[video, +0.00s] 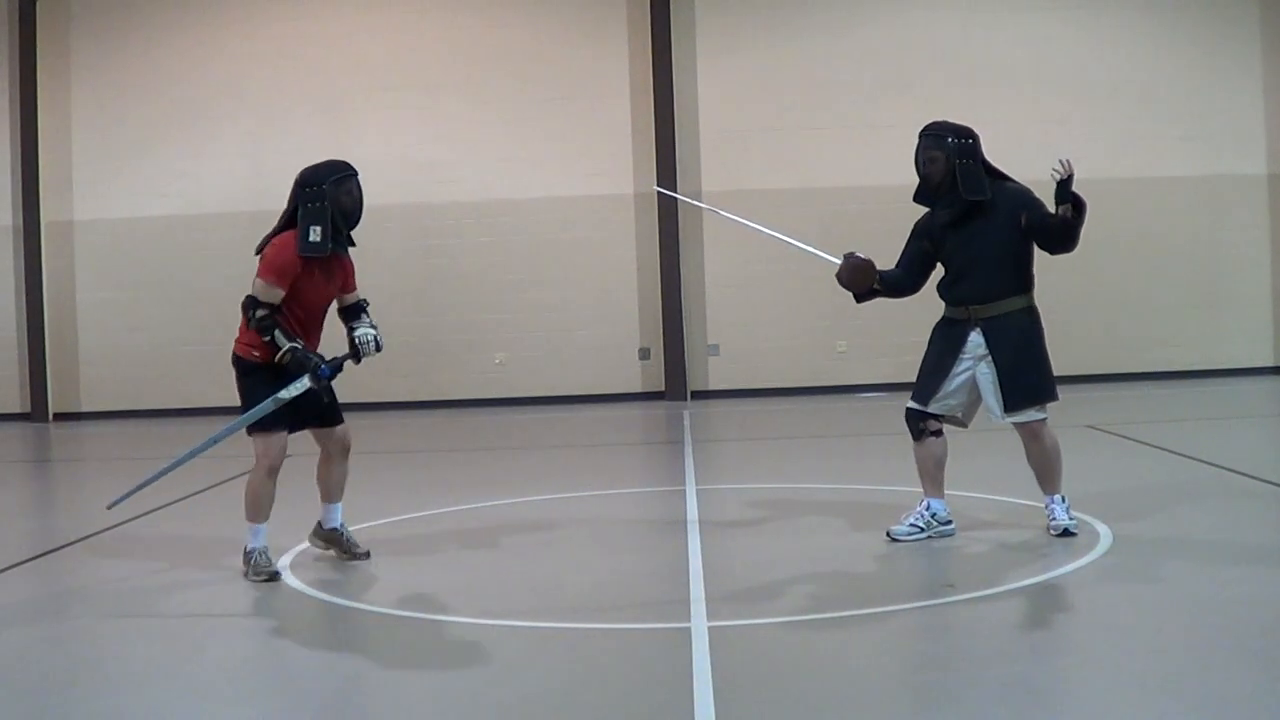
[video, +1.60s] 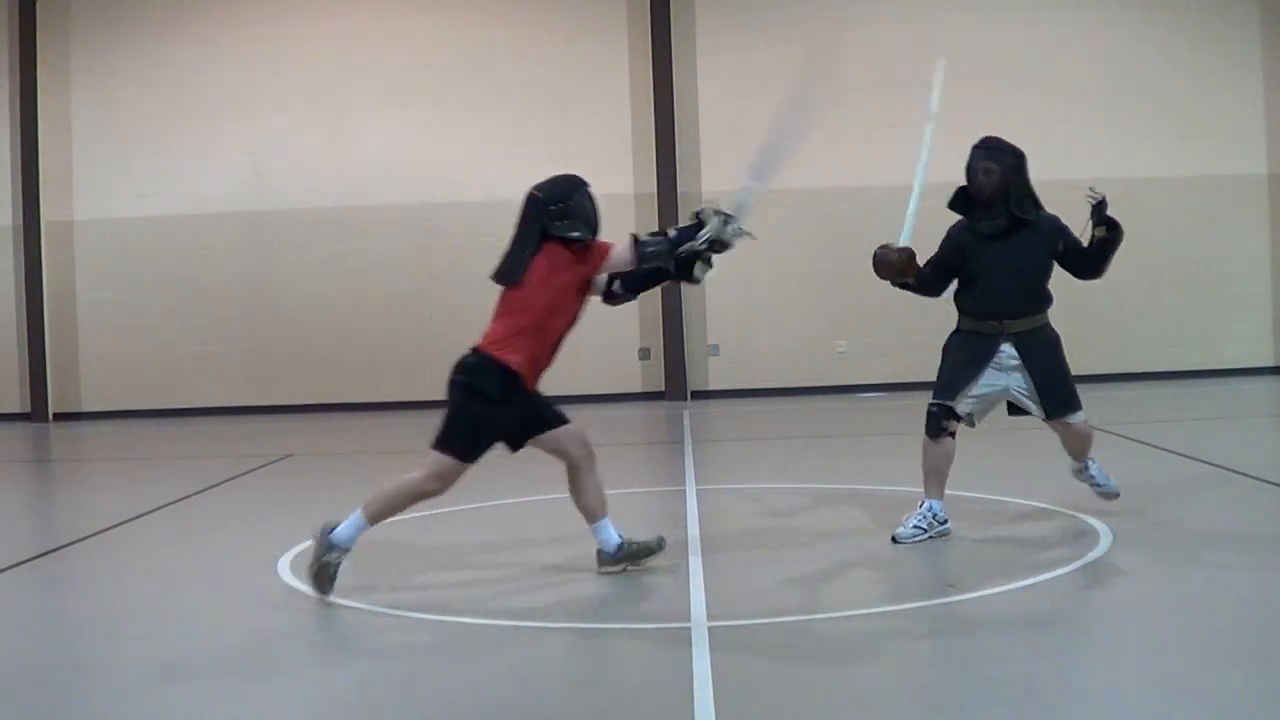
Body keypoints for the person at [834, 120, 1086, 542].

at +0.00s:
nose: (923, 168)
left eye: (931, 158)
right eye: (920, 160)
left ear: (958, 158)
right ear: (922, 163)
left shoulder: (1013, 199)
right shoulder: (934, 220)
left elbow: (1059, 241)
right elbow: (907, 278)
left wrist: (1068, 204)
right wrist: (870, 279)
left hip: (1011, 325)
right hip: (956, 327)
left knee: (1030, 418)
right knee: (923, 416)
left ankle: (1055, 503)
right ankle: (934, 510)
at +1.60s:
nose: (976, 179)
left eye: (985, 171)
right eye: (973, 171)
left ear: (1008, 175)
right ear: (968, 175)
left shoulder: (1043, 227)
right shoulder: (963, 232)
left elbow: (1085, 267)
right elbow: (933, 284)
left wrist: (1106, 239)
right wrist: (901, 274)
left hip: (1032, 338)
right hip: (973, 340)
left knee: (1070, 420)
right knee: (939, 418)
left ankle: (1083, 467)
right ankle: (932, 510)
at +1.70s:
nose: (1009, 183)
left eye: (1017, 175)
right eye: (1004, 175)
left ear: (1041, 177)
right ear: (1000, 178)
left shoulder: (1075, 226)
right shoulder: (996, 225)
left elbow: (1126, 262)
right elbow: (950, 253)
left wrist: (1130, 229)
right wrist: (904, 245)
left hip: (1055, 337)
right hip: (997, 335)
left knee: (1086, 427)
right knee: (965, 421)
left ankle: (1091, 481)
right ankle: (930, 507)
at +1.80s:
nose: (1043, 179)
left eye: (1053, 172)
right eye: (1039, 171)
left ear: (1074, 175)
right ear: (1034, 175)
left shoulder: (1108, 224)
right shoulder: (1030, 223)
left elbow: (1153, 263)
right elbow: (981, 257)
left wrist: (1159, 240)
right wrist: (935, 254)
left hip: (1086, 336)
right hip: (1030, 332)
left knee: (1099, 430)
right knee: (993, 418)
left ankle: (1090, 490)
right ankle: (944, 491)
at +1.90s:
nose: (1074, 175)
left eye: (1083, 167)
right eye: (1069, 167)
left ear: (1103, 173)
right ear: (1063, 173)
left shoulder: (1131, 225)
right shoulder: (1056, 225)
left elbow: (1164, 266)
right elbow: (1030, 274)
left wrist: (1194, 273)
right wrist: (983, 290)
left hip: (1107, 334)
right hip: (1054, 331)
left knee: (1109, 421)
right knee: (1029, 414)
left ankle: (1093, 485)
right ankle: (1001, 467)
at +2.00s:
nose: (1097, 178)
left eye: (1105, 171)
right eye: (1093, 170)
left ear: (1126, 175)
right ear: (1086, 173)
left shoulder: (1152, 226)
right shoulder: (1080, 223)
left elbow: (1188, 269)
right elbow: (1049, 266)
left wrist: (1227, 302)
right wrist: (1006, 268)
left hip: (1126, 331)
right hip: (1076, 328)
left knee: (1116, 414)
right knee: (1063, 421)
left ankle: (1096, 482)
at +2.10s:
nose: (1120, 180)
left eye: (1129, 173)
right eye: (1116, 172)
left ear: (1149, 177)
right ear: (1109, 174)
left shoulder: (1172, 225)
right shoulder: (1098, 212)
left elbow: (1206, 270)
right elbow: (1058, 220)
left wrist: (1238, 314)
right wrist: (1029, 200)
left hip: (1145, 327)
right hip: (1100, 323)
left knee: (1116, 406)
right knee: (1100, 417)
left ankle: (1094, 482)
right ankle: (1149, 449)